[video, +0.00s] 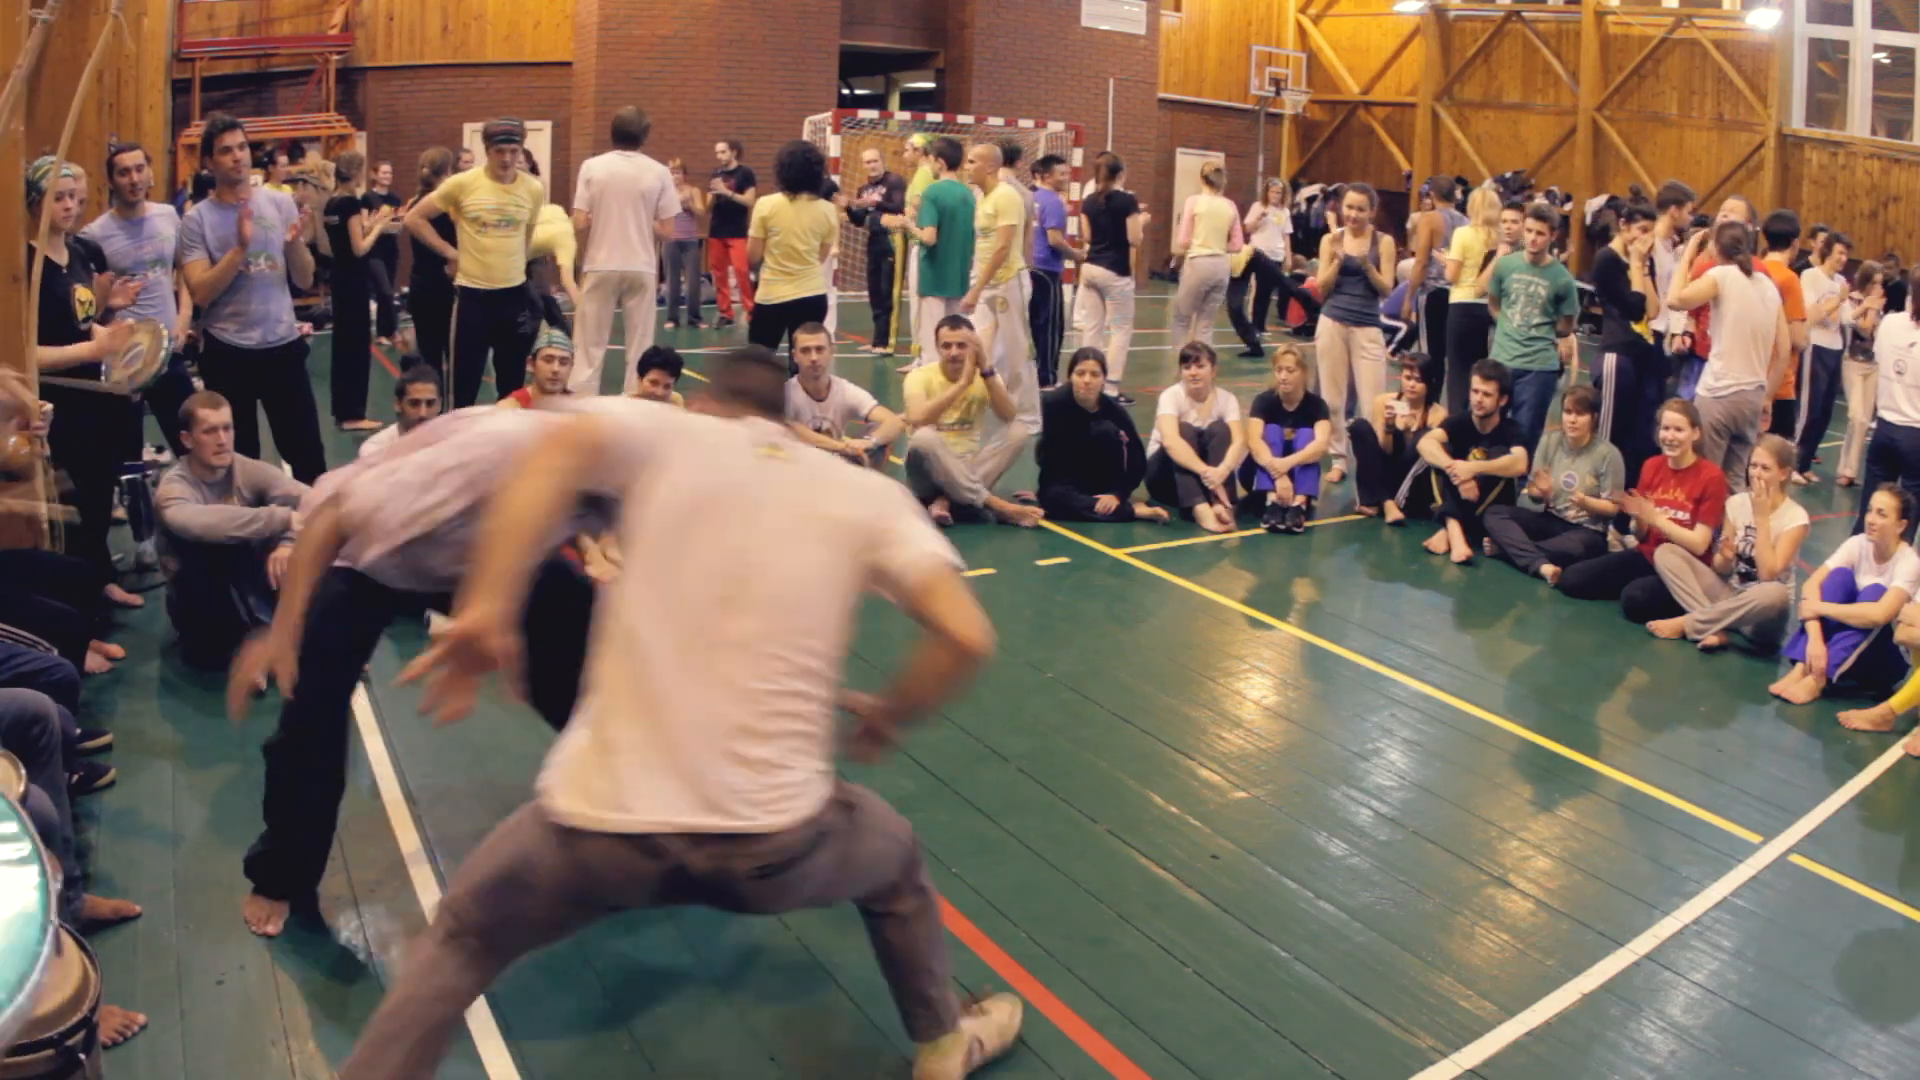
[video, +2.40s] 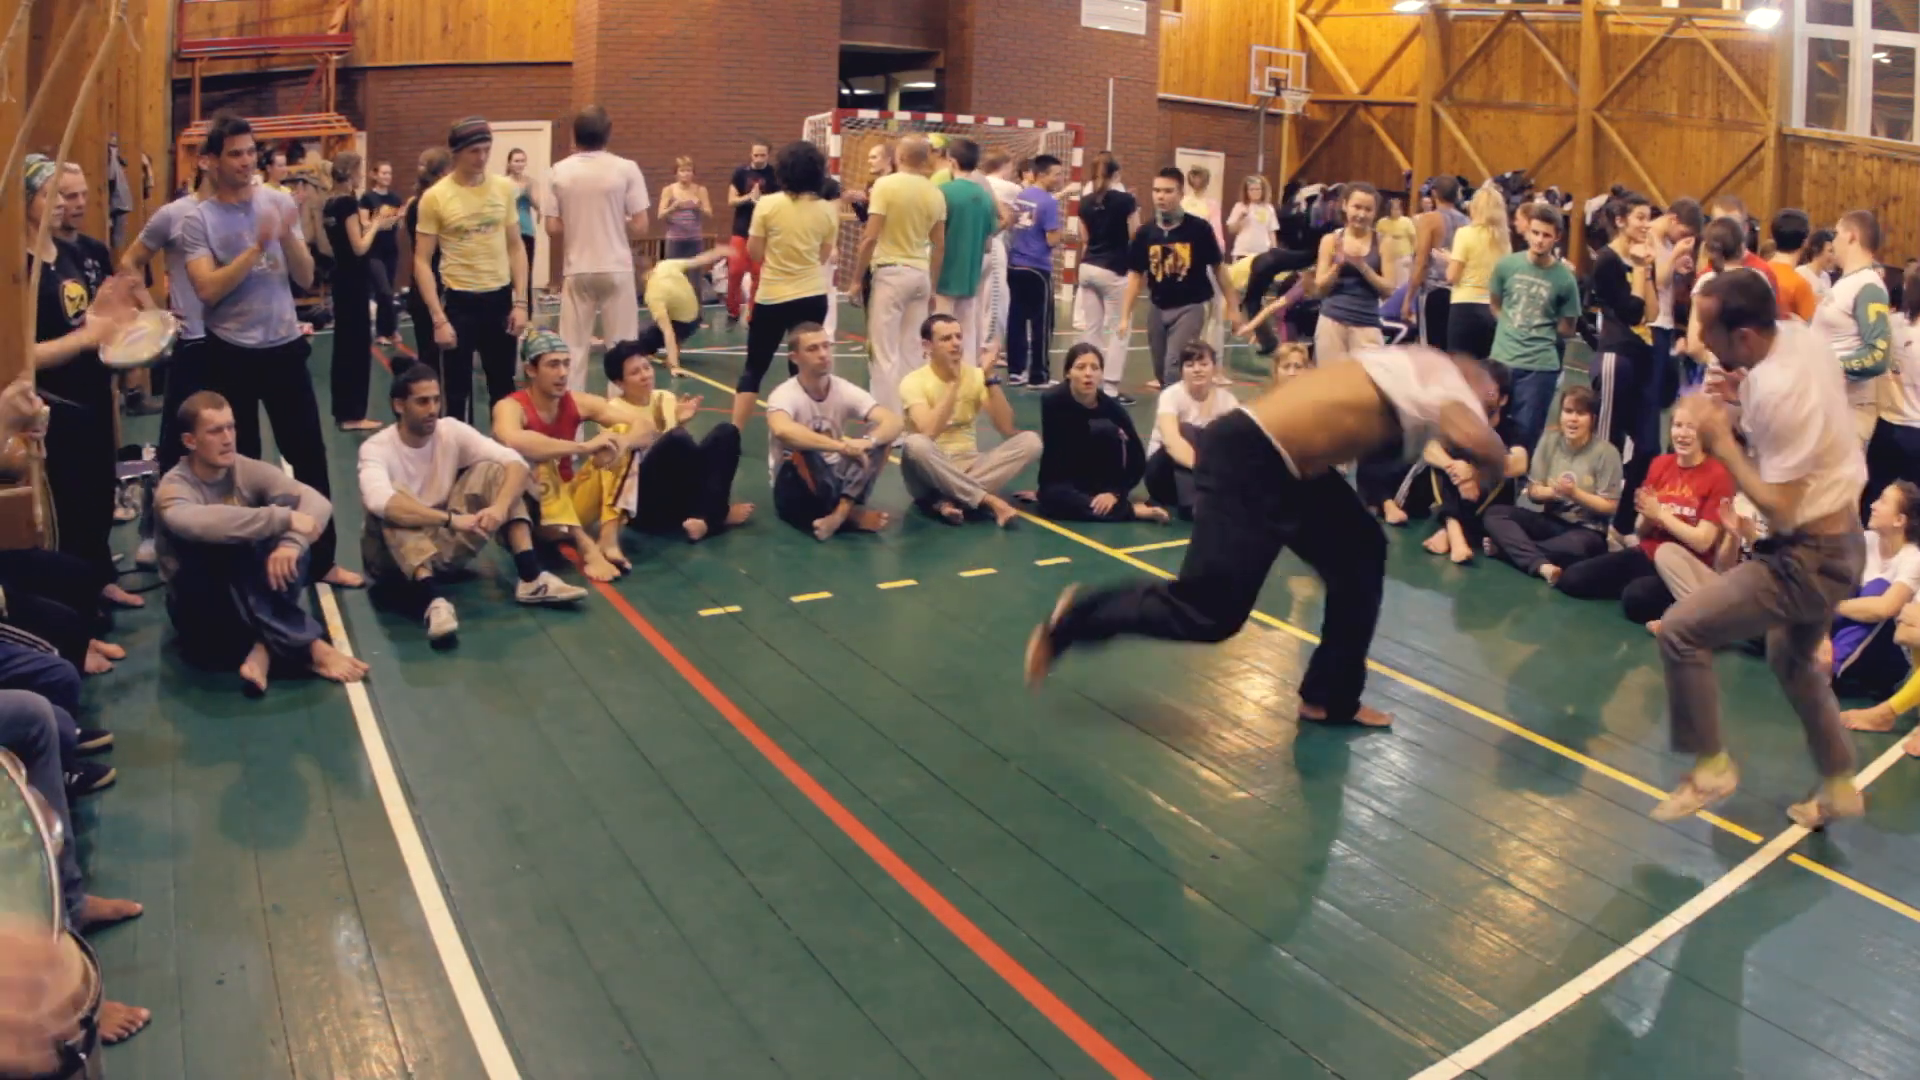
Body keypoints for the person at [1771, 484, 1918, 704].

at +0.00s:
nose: (1870, 519)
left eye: (1881, 514)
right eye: (1869, 511)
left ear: (1901, 526)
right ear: (1864, 513)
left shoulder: (1909, 562)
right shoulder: (1857, 544)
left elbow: (1880, 616)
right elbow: (1810, 585)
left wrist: (1819, 607)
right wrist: (1815, 641)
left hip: (1881, 667)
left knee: (1875, 592)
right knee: (1840, 577)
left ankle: (1818, 678)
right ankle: (1800, 667)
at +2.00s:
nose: (1879, 519)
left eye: (1890, 514)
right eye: (1877, 510)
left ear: (1907, 525)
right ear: (1870, 513)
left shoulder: (1912, 561)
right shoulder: (1858, 543)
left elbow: (1883, 613)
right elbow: (1819, 588)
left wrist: (1824, 607)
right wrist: (1819, 639)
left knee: (1878, 590)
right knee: (1840, 574)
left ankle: (1822, 675)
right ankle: (1806, 663)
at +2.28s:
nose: (1876, 511)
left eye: (1887, 507)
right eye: (1878, 504)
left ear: (1907, 524)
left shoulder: (1913, 558)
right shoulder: (1862, 541)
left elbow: (1885, 609)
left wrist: (1823, 603)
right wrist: (1823, 646)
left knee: (1879, 587)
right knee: (1847, 577)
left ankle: (1828, 672)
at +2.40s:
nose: (1873, 505)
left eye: (1883, 502)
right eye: (1878, 499)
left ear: (1900, 520)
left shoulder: (1912, 556)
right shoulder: (1862, 540)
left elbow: (1887, 608)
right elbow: (1822, 584)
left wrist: (1834, 606)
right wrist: (1822, 638)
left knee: (1878, 587)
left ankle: (1829, 666)